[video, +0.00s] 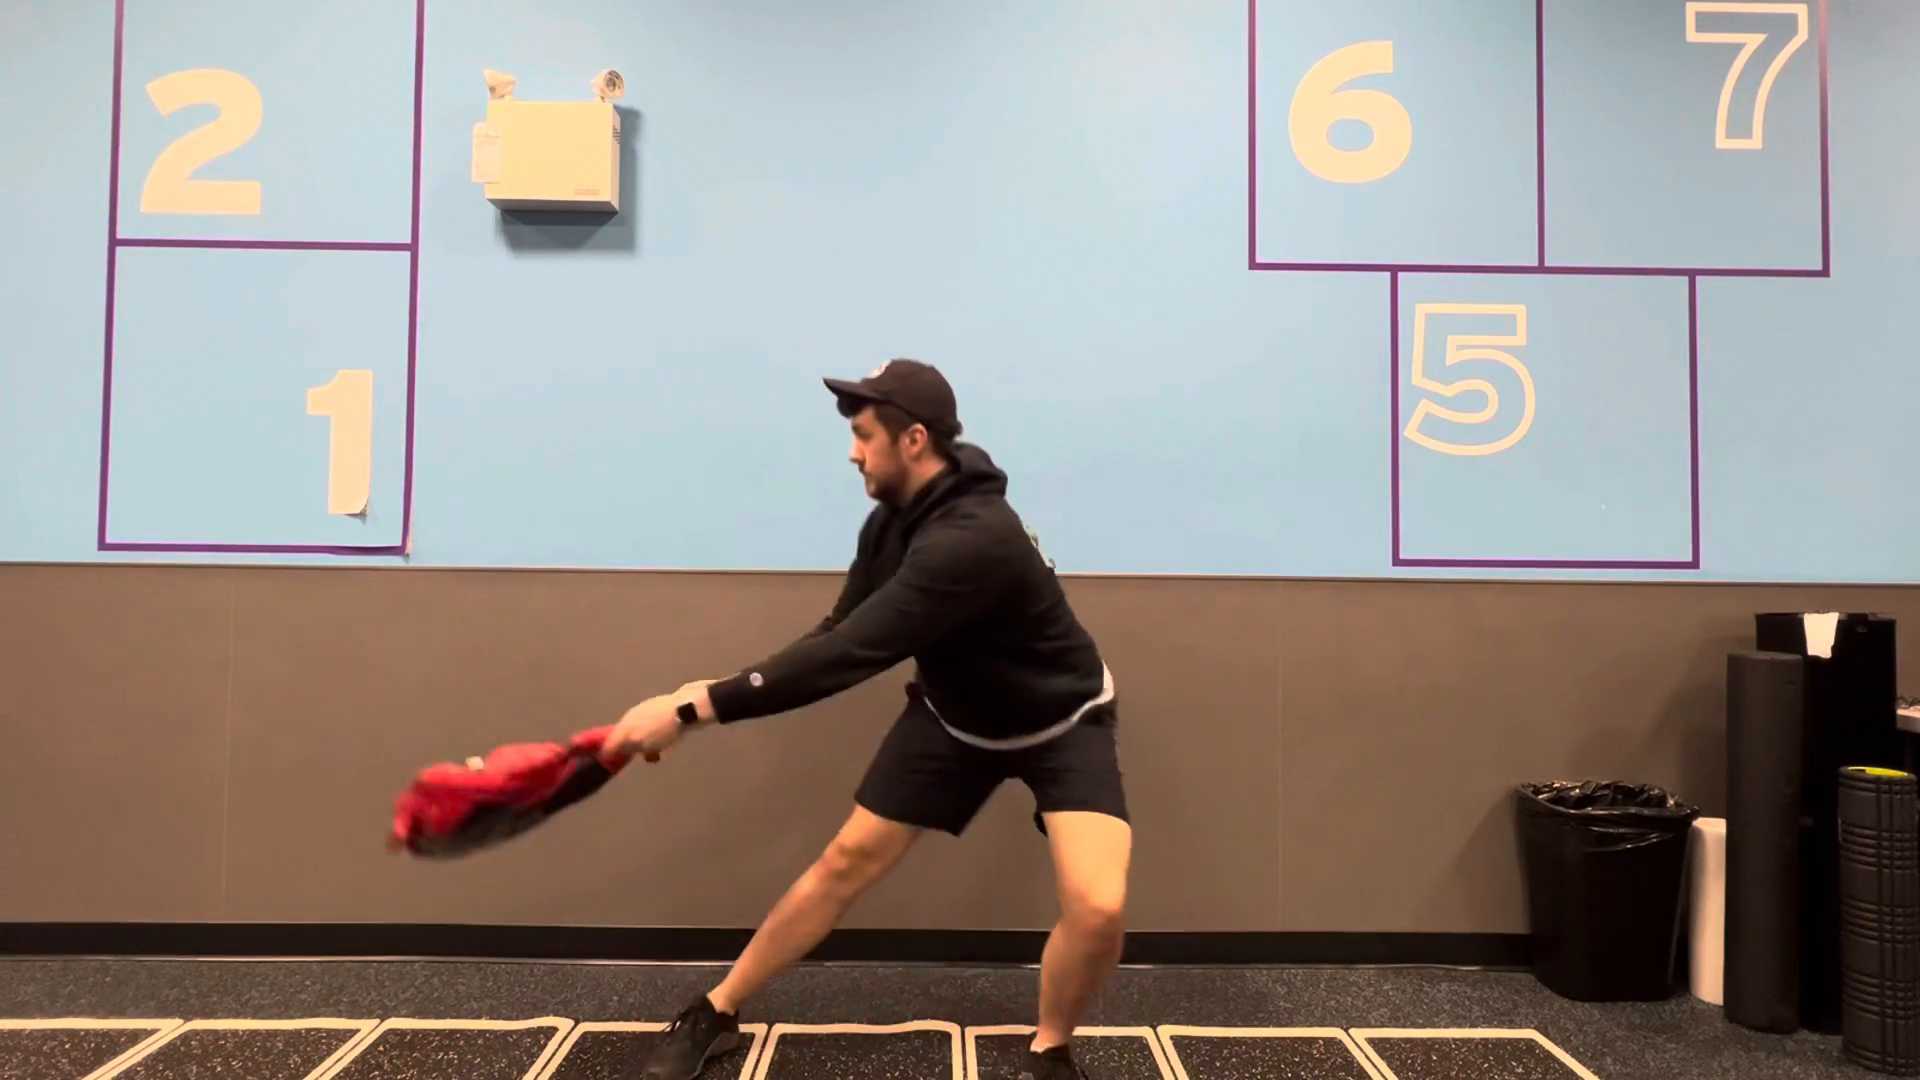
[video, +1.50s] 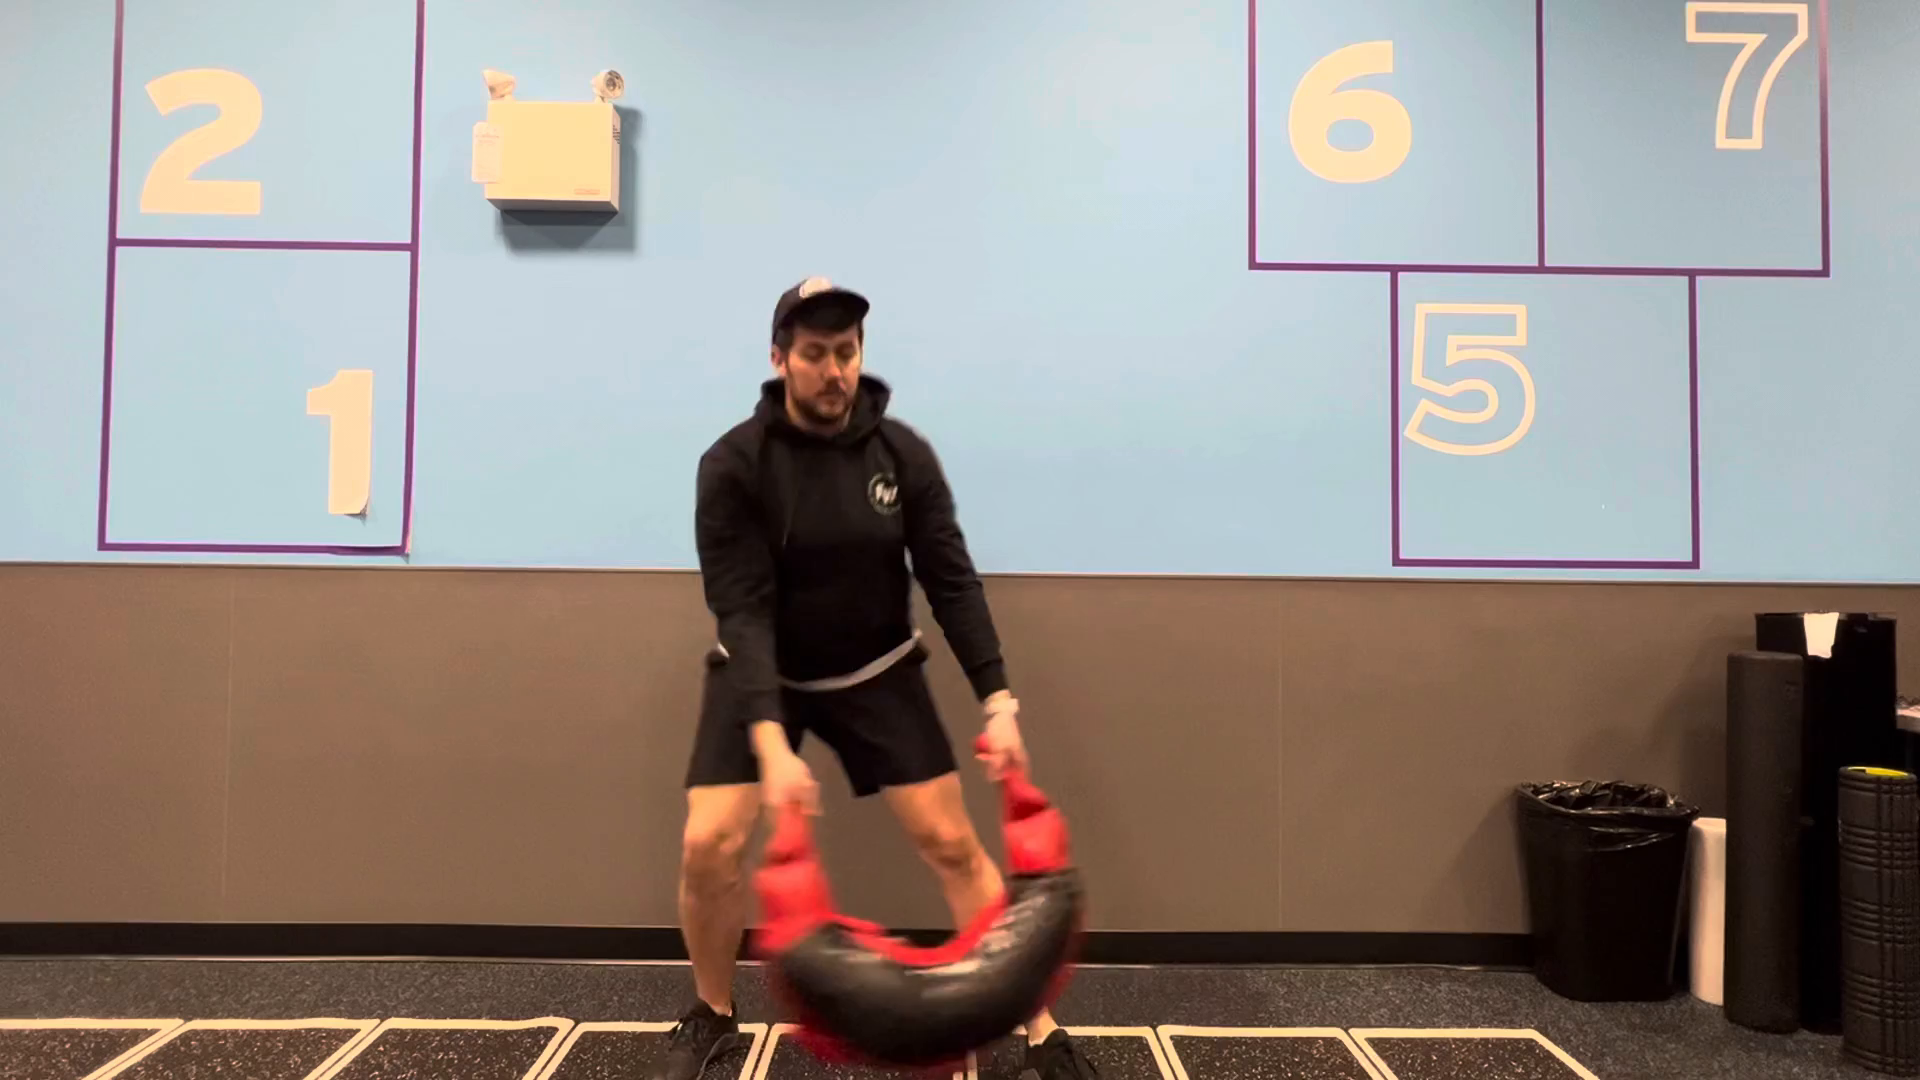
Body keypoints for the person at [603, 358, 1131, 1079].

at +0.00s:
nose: (854, 453)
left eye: (865, 436)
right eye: (854, 436)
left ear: (916, 440)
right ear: (904, 441)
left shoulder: (972, 537)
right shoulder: (893, 521)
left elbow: (852, 654)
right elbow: (838, 636)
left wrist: (692, 708)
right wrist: (701, 702)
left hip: (1064, 718)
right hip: (951, 712)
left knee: (1100, 906)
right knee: (847, 858)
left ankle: (1051, 1051)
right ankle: (716, 1011)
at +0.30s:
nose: (869, 466)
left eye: (881, 449)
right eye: (871, 449)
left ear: (932, 454)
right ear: (923, 454)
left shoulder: (987, 551)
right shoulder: (904, 532)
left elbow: (864, 666)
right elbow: (852, 636)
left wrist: (711, 715)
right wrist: (743, 684)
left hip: (1073, 727)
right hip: (962, 720)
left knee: (1107, 915)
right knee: (852, 866)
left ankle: (1051, 1050)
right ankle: (716, 1013)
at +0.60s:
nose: (901, 368)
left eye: (917, 348)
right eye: (885, 353)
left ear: (954, 347)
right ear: (870, 360)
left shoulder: (1011, 452)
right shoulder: (852, 453)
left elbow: (999, 601)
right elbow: (808, 579)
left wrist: (967, 729)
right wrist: (768, 702)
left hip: (1004, 669)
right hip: (886, 668)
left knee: (1060, 845)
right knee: (805, 841)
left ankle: (1049, 1046)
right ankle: (723, 1009)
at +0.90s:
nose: (897, 404)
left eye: (897, 388)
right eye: (879, 392)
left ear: (892, 390)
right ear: (827, 406)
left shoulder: (905, 482)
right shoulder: (773, 499)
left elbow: (972, 581)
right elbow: (846, 637)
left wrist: (1067, 653)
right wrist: (978, 719)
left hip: (857, 689)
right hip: (743, 692)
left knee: (940, 849)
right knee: (689, 869)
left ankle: (1043, 1037)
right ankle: (713, 1016)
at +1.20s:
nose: (867, 480)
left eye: (865, 463)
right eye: (851, 466)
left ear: (809, 473)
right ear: (796, 475)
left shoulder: (862, 543)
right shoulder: (734, 565)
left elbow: (930, 640)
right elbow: (842, 673)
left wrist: (1034, 692)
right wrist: (996, 714)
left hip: (807, 720)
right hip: (692, 729)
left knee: (899, 867)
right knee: (667, 899)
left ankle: (1042, 1040)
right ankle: (713, 1019)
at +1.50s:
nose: (836, 371)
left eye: (848, 353)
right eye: (818, 355)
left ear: (863, 358)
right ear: (781, 360)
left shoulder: (903, 457)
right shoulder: (732, 467)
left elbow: (950, 579)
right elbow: (741, 613)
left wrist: (997, 697)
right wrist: (771, 745)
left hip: (877, 672)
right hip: (761, 676)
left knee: (952, 844)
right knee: (707, 846)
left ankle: (1039, 1031)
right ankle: (714, 1013)